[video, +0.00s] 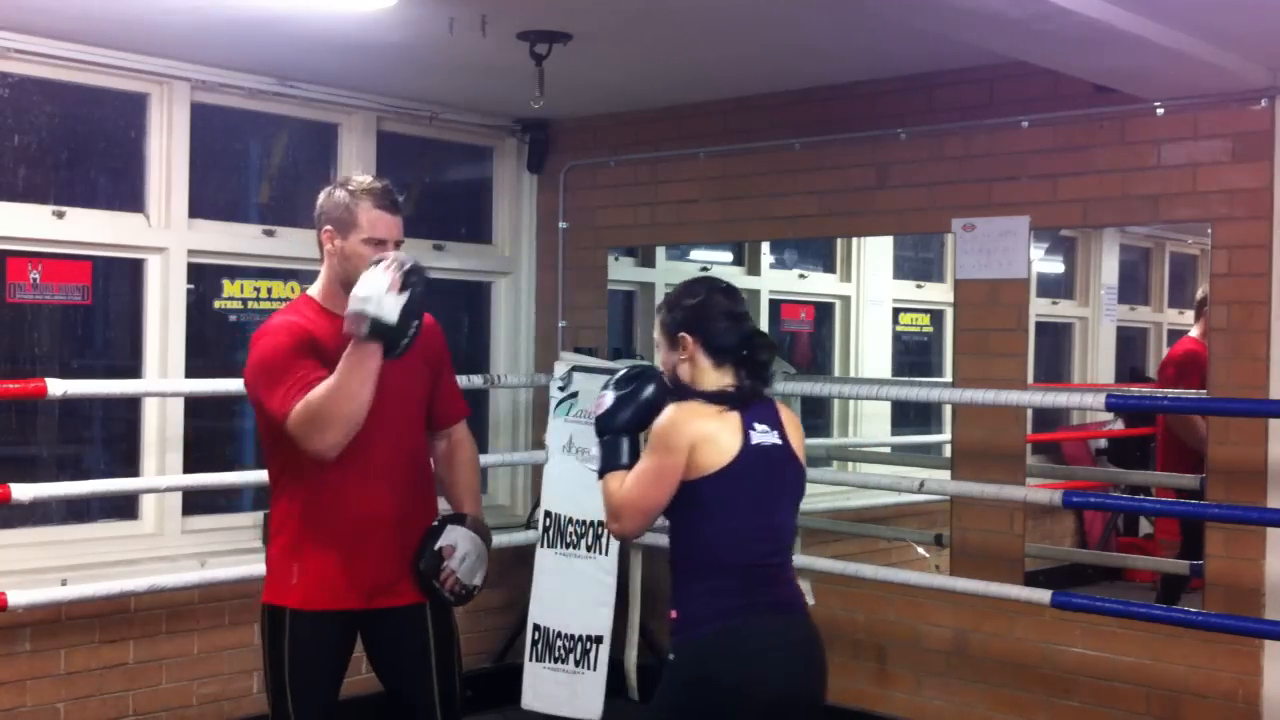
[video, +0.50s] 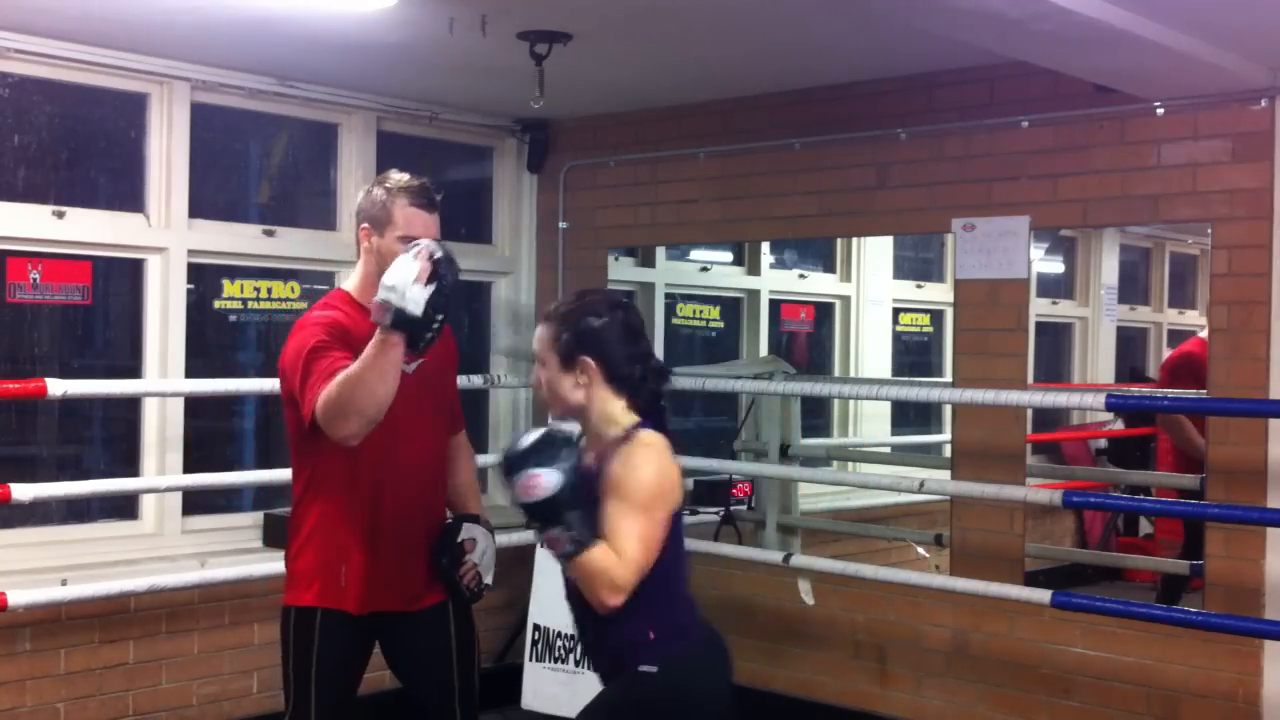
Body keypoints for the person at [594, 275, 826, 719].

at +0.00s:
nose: (659, 359)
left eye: (660, 347)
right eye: (657, 347)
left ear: (686, 347)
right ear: (737, 344)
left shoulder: (682, 421)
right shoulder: (786, 420)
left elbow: (625, 520)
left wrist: (614, 435)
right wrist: (672, 407)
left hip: (713, 653)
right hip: (793, 643)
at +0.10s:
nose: (663, 364)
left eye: (664, 351)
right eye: (662, 351)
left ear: (691, 349)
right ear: (740, 346)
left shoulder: (686, 422)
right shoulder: (790, 424)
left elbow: (627, 522)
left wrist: (618, 438)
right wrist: (676, 414)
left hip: (711, 660)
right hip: (793, 651)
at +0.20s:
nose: (656, 370)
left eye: (657, 356)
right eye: (653, 357)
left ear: (685, 353)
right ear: (732, 350)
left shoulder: (668, 428)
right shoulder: (786, 429)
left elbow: (615, 531)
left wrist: (605, 447)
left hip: (695, 654)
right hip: (780, 650)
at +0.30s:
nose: (630, 381)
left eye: (632, 368)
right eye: (629, 369)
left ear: (663, 368)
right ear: (709, 366)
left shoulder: (631, 452)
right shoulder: (754, 441)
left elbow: (561, 532)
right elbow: (787, 544)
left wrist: (564, 451)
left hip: (667, 672)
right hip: (755, 671)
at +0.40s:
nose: (574, 380)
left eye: (581, 367)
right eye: (575, 367)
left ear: (616, 377)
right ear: (656, 374)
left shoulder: (599, 458)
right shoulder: (707, 446)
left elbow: (529, 559)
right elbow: (792, 492)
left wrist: (509, 480)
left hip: (650, 683)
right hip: (728, 672)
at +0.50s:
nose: (536, 378)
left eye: (542, 365)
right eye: (537, 364)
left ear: (583, 374)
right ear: (583, 376)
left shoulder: (644, 457)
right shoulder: (591, 447)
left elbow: (610, 589)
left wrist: (555, 515)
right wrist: (547, 492)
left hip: (669, 678)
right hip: (637, 671)